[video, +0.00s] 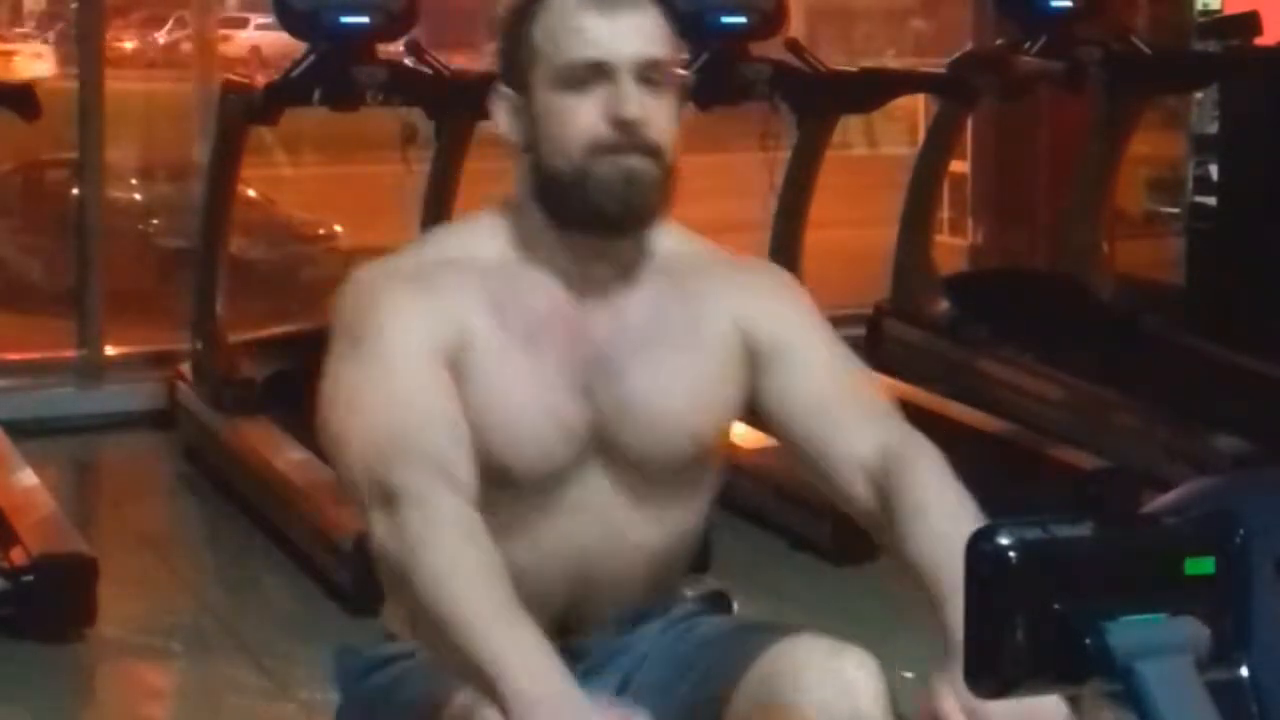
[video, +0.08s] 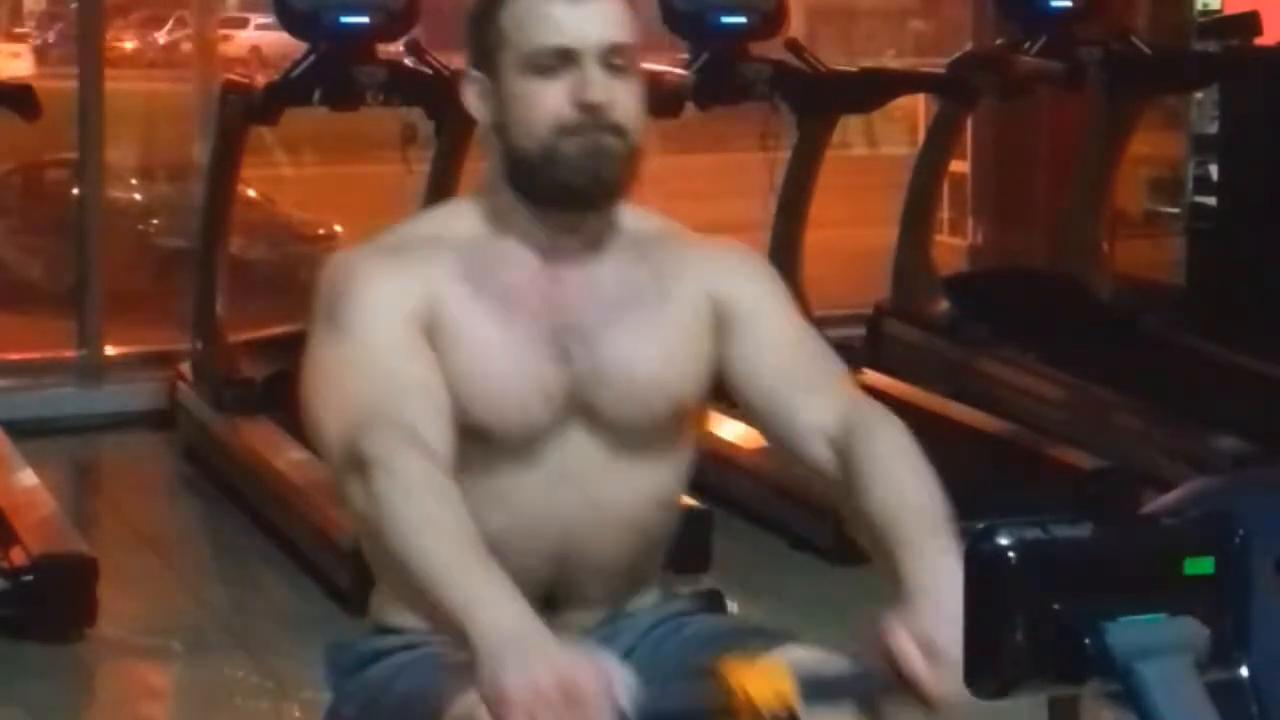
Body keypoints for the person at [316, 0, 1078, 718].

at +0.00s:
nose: (627, 113)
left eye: (654, 81)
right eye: (583, 82)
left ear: (683, 106)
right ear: (511, 113)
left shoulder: (746, 299)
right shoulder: (404, 301)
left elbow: (889, 467)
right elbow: (419, 513)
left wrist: (1004, 652)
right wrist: (550, 698)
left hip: (655, 641)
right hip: (455, 652)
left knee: (836, 682)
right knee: (492, 715)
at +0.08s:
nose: (594, 95)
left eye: (615, 66)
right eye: (551, 67)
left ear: (645, 88)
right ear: (480, 96)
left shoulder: (716, 279)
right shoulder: (386, 279)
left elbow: (850, 431)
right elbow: (393, 472)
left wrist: (936, 593)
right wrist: (510, 638)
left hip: (640, 629)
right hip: (430, 642)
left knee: (829, 685)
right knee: (522, 704)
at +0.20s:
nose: (550, 79)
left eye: (573, 52)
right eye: (510, 54)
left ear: (603, 75)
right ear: (442, 80)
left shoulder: (672, 252)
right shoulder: (356, 259)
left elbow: (802, 399)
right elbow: (344, 430)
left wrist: (878, 537)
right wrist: (464, 575)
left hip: (614, 627)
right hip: (419, 632)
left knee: (775, 700)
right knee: (494, 710)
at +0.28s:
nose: (527, 81)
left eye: (550, 53)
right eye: (488, 55)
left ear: (579, 71)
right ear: (422, 76)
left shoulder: (647, 245)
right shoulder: (341, 255)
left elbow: (772, 392)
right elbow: (307, 420)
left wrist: (834, 515)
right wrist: (432, 553)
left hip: (601, 622)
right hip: (415, 624)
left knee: (752, 699)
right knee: (459, 696)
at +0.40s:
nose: (495, 113)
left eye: (515, 86)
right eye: (459, 87)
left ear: (539, 100)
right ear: (395, 100)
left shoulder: (593, 250)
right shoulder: (314, 257)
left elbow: (711, 398)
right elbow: (205, 441)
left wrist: (735, 463)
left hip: (579, 621)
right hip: (401, 630)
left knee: (692, 712)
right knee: (410, 708)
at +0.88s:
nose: (541, 103)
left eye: (563, 75)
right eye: (504, 76)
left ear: (590, 90)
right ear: (434, 91)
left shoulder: (637, 262)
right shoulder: (342, 260)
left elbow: (775, 405)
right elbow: (225, 442)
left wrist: (791, 498)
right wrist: (381, 547)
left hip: (614, 623)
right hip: (426, 641)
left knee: (794, 710)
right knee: (492, 718)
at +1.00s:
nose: (579, 100)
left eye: (602, 73)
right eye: (539, 74)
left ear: (625, 91)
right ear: (468, 93)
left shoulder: (681, 272)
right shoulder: (371, 274)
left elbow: (831, 415)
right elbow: (292, 460)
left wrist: (871, 537)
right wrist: (450, 593)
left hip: (631, 647)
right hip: (434, 653)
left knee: (817, 706)